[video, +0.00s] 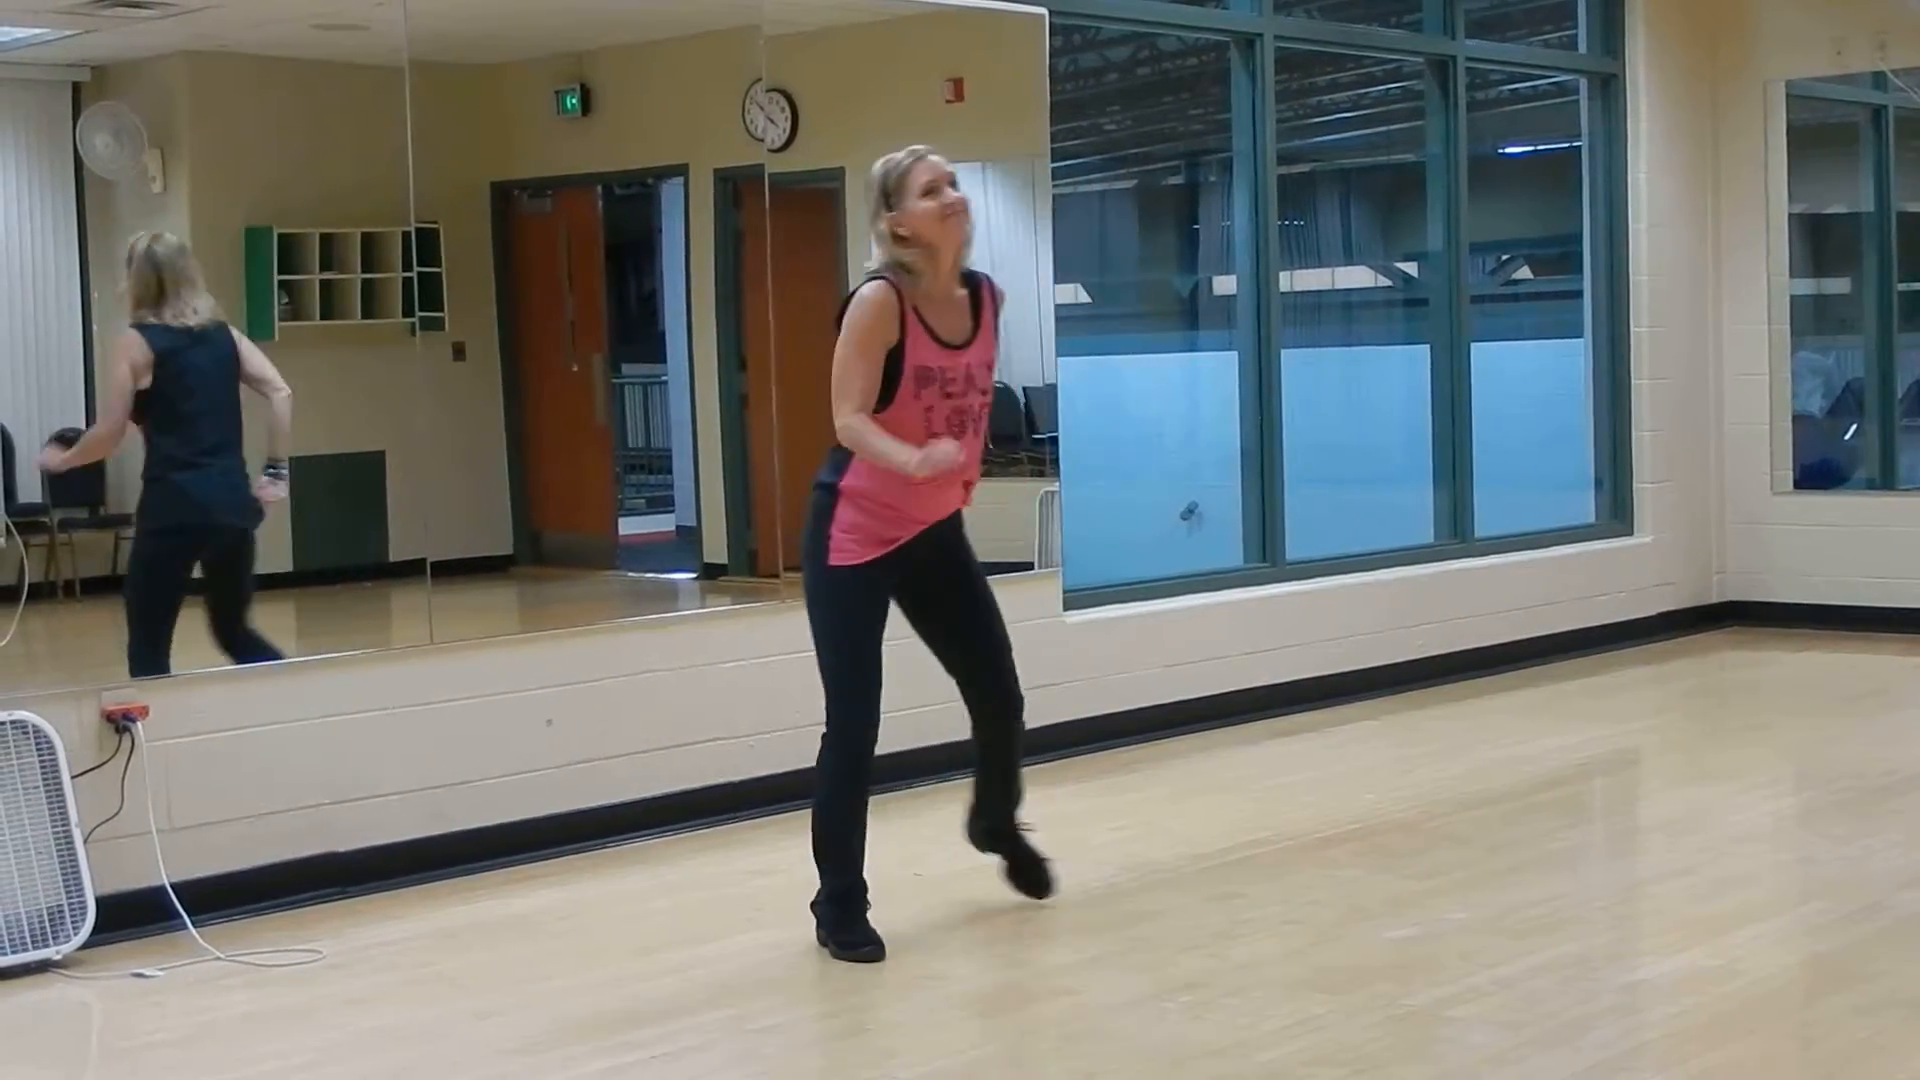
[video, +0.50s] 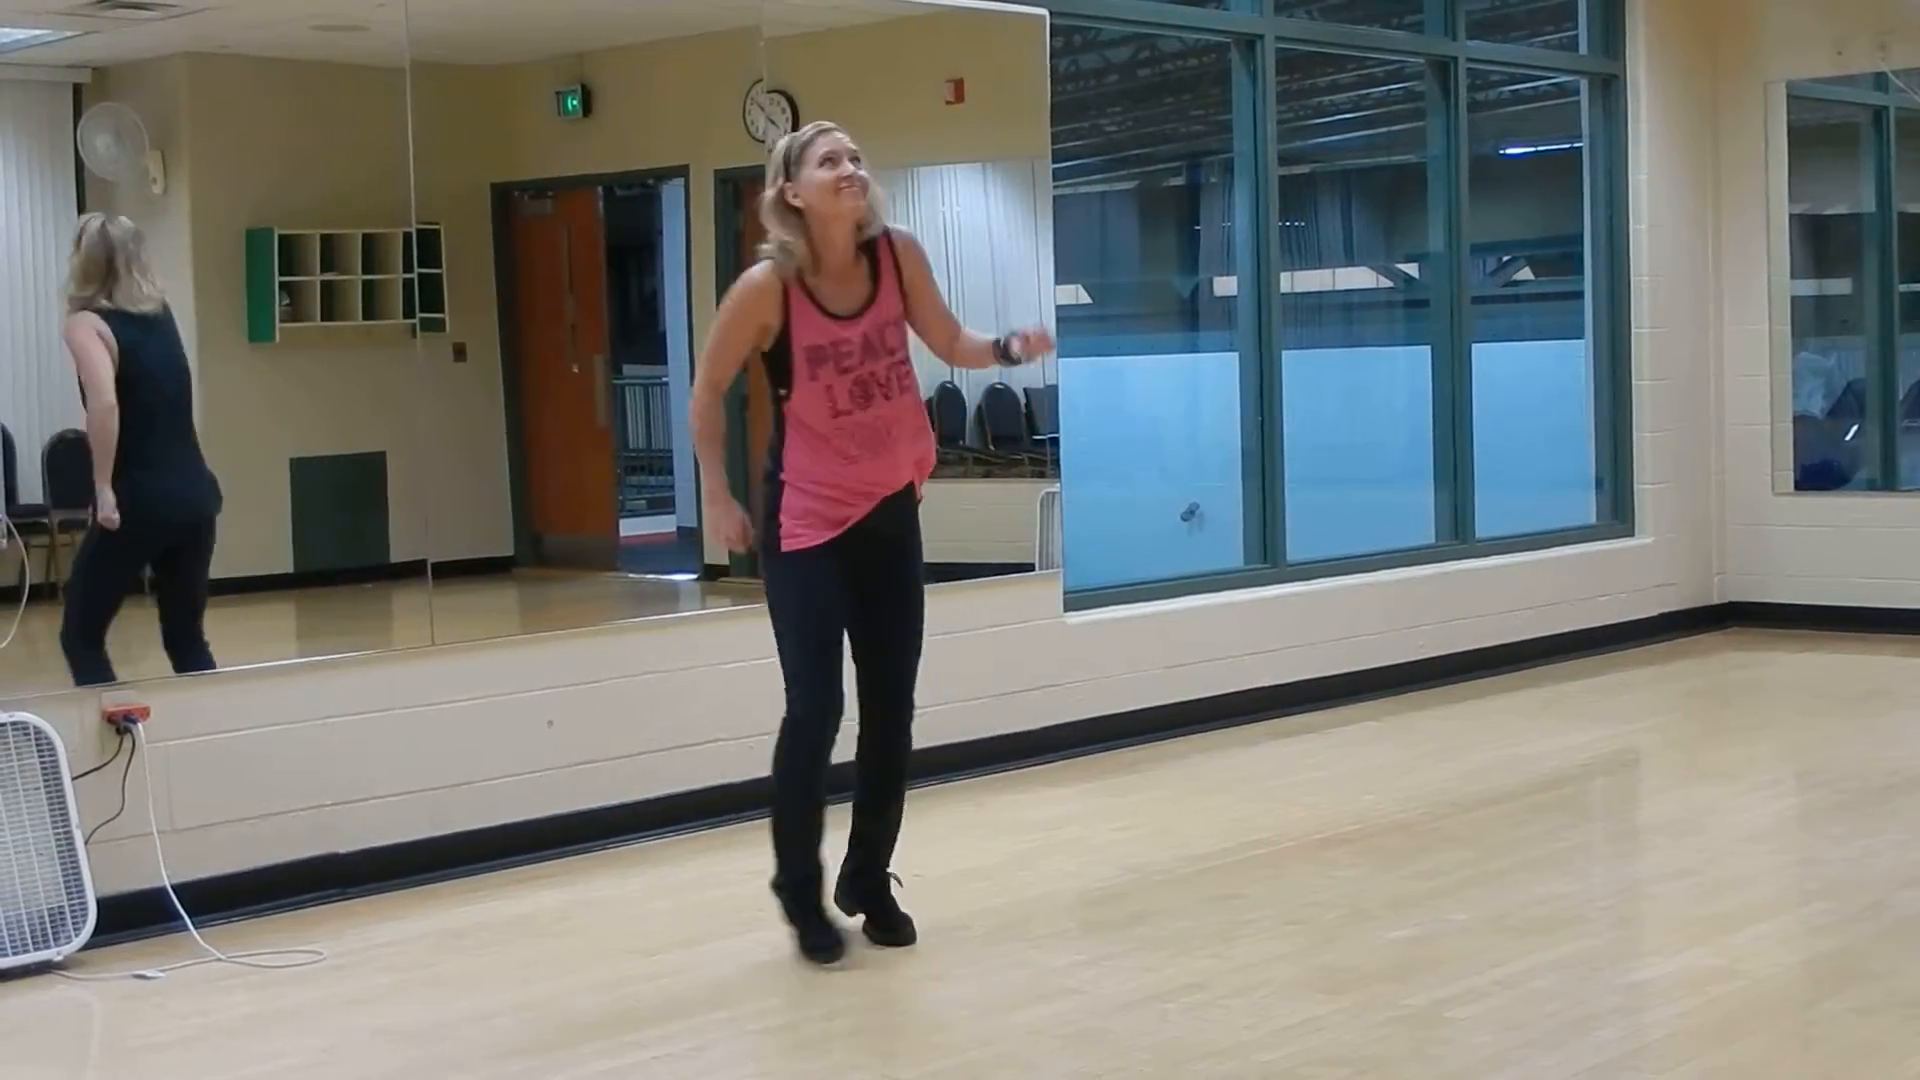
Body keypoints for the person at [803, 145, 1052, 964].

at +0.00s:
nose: (955, 196)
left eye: (954, 184)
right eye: (933, 191)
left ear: (964, 205)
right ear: (896, 223)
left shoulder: (983, 296)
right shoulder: (878, 303)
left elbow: (962, 400)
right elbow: (847, 419)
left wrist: (961, 462)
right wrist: (916, 458)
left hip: (931, 529)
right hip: (852, 533)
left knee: (997, 692)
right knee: (853, 723)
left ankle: (994, 823)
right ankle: (839, 907)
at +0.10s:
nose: (924, 198)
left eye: (922, 186)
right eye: (902, 196)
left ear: (933, 207)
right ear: (869, 233)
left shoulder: (958, 296)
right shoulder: (860, 312)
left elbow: (944, 400)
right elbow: (843, 426)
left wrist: (977, 453)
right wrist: (878, 504)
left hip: (913, 537)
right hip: (836, 539)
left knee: (972, 711)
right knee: (846, 729)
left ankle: (926, 819)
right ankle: (838, 910)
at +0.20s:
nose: (901, 203)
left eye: (898, 192)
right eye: (878, 202)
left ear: (908, 216)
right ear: (847, 242)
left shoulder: (937, 305)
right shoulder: (842, 322)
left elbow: (918, 413)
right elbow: (821, 438)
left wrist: (981, 409)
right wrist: (821, 546)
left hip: (900, 545)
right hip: (820, 547)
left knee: (942, 718)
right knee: (838, 730)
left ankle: (883, 841)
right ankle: (834, 904)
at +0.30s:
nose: (881, 197)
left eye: (882, 186)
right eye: (857, 195)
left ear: (897, 211)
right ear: (828, 234)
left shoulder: (925, 300)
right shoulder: (825, 319)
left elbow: (939, 410)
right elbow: (786, 443)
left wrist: (988, 360)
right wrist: (769, 555)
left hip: (899, 547)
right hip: (818, 556)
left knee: (918, 729)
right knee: (838, 734)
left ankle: (870, 874)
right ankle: (837, 905)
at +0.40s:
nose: (864, 179)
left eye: (868, 169)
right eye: (842, 175)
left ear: (883, 191)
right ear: (810, 211)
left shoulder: (916, 276)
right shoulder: (797, 298)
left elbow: (952, 379)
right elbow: (747, 409)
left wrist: (997, 339)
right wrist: (736, 521)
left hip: (893, 523)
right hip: (809, 531)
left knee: (910, 713)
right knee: (833, 720)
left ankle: (870, 871)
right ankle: (836, 899)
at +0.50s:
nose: (848, 169)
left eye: (854, 160)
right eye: (827, 162)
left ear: (869, 184)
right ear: (789, 196)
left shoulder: (897, 254)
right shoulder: (765, 288)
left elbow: (954, 347)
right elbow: (706, 395)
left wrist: (1007, 349)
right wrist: (718, 499)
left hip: (888, 510)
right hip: (804, 522)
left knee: (890, 708)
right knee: (815, 710)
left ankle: (868, 876)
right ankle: (799, 887)